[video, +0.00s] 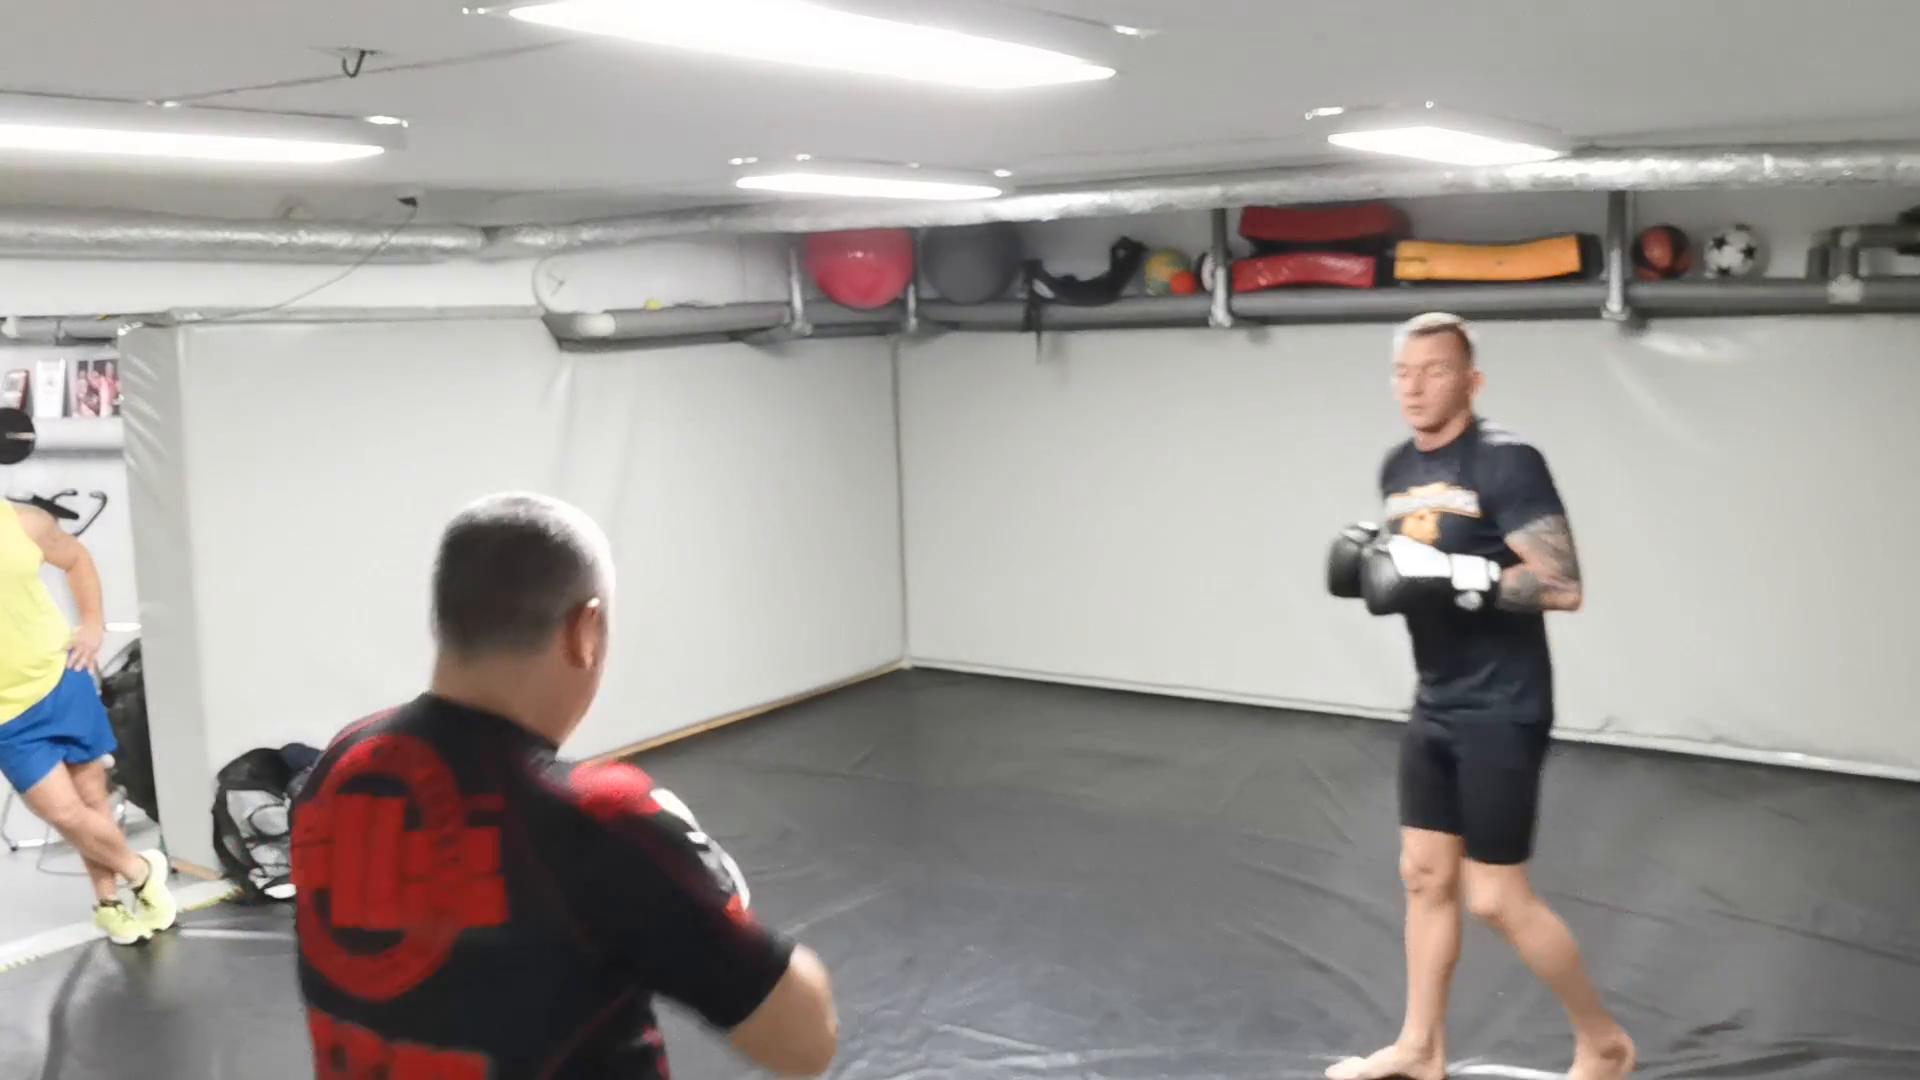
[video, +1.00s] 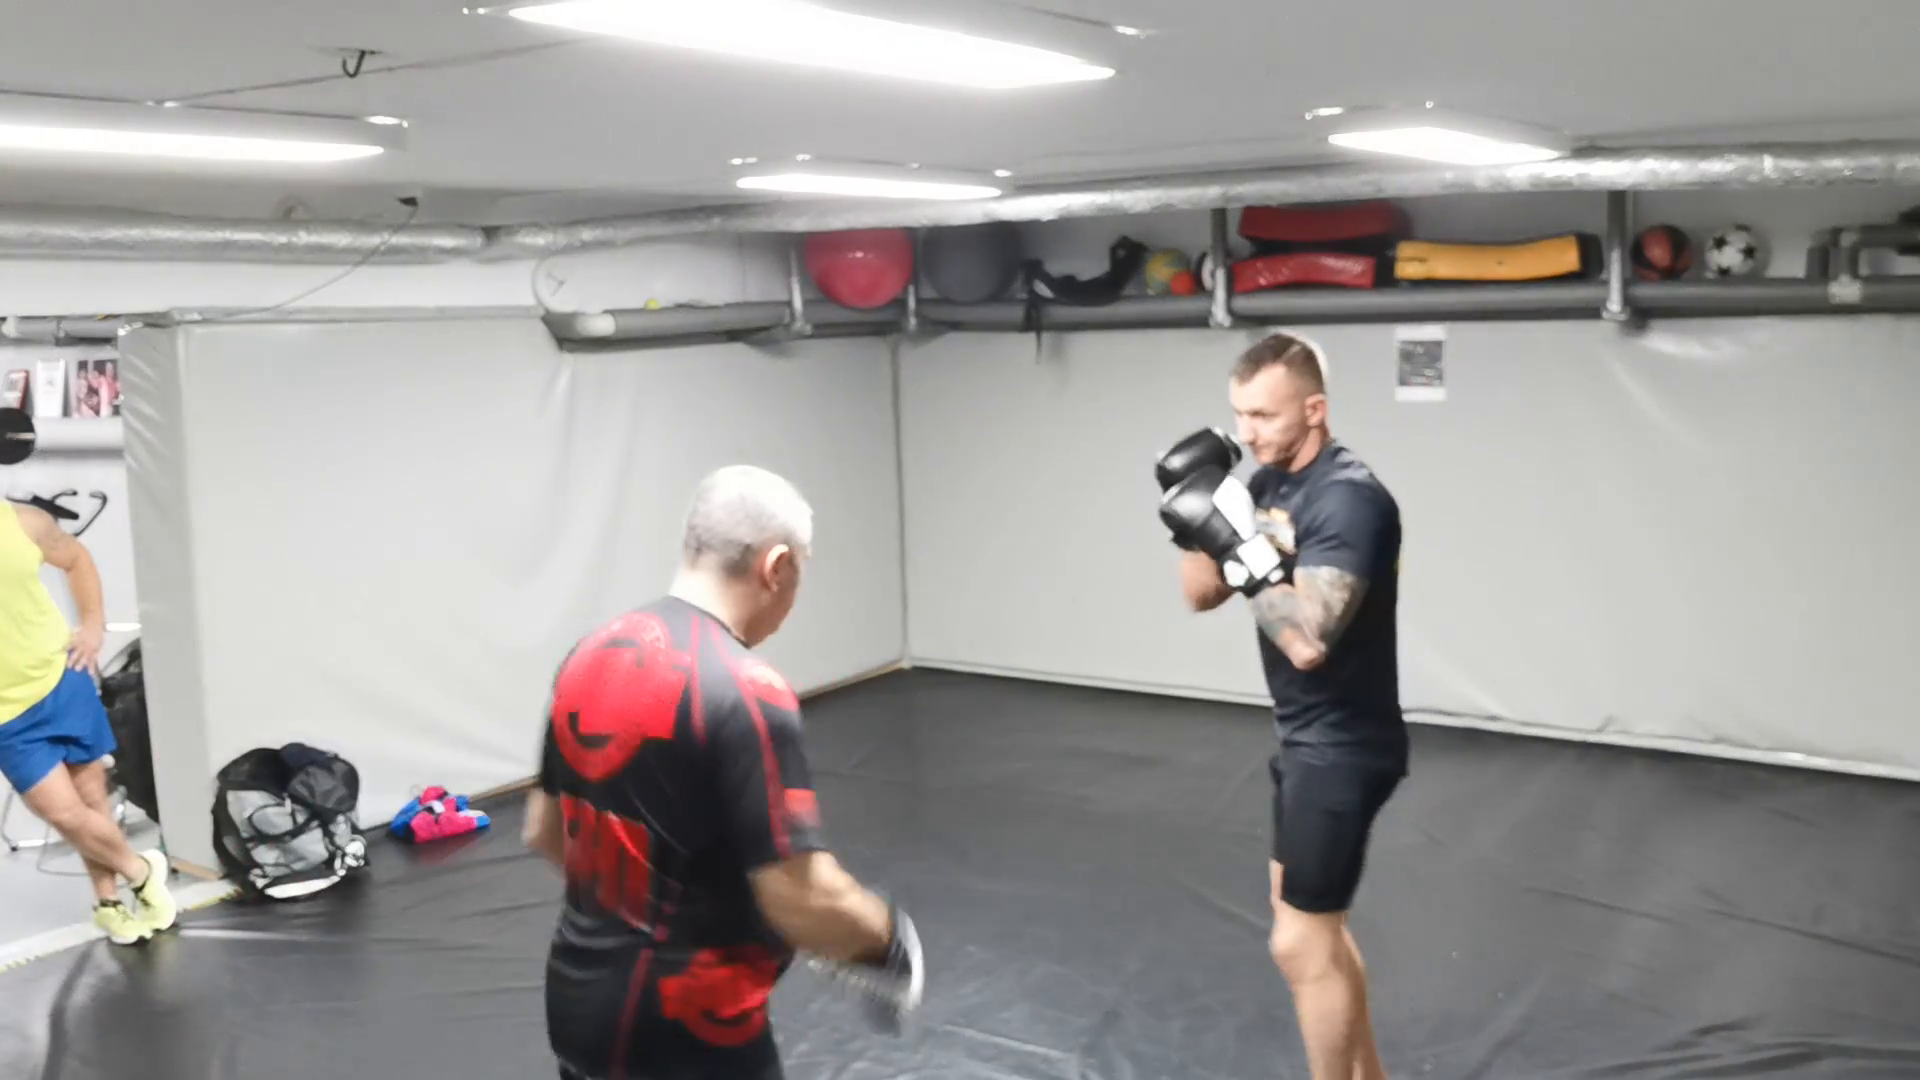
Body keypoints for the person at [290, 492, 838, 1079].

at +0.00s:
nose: (605, 661)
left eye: (611, 634)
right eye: (610, 633)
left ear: (445, 618)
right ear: (586, 635)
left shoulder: (335, 773)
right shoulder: (597, 819)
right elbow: (804, 1043)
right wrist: (716, 887)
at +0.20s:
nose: (651, 637)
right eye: (653, 612)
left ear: (495, 605)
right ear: (629, 616)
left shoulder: (389, 748)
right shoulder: (662, 780)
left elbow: (362, 952)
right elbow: (853, 971)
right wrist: (737, 880)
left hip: (424, 1073)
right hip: (638, 1067)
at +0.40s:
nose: (715, 623)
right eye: (718, 601)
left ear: (575, 595)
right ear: (703, 603)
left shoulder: (465, 728)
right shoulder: (741, 758)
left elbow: (416, 925)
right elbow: (904, 924)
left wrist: (552, 882)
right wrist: (811, 815)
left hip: (503, 1066)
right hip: (696, 1063)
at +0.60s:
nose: (771, 584)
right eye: (771, 564)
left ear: (634, 554)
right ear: (755, 566)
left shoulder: (528, 678)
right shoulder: (793, 708)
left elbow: (459, 857)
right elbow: (923, 882)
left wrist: (576, 838)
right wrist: (831, 791)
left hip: (566, 1052)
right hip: (736, 1054)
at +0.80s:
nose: (781, 575)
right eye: (784, 555)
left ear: (659, 541)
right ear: (764, 553)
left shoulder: (554, 661)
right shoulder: (788, 686)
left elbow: (476, 832)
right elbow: (914, 873)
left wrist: (606, 834)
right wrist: (832, 815)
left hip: (594, 1034)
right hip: (741, 1039)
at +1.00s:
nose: (795, 595)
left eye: (802, 575)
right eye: (801, 573)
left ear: (693, 546)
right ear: (774, 567)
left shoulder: (592, 653)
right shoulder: (744, 691)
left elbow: (546, 833)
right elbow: (798, 898)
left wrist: (655, 884)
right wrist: (887, 938)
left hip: (583, 991)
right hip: (694, 1024)